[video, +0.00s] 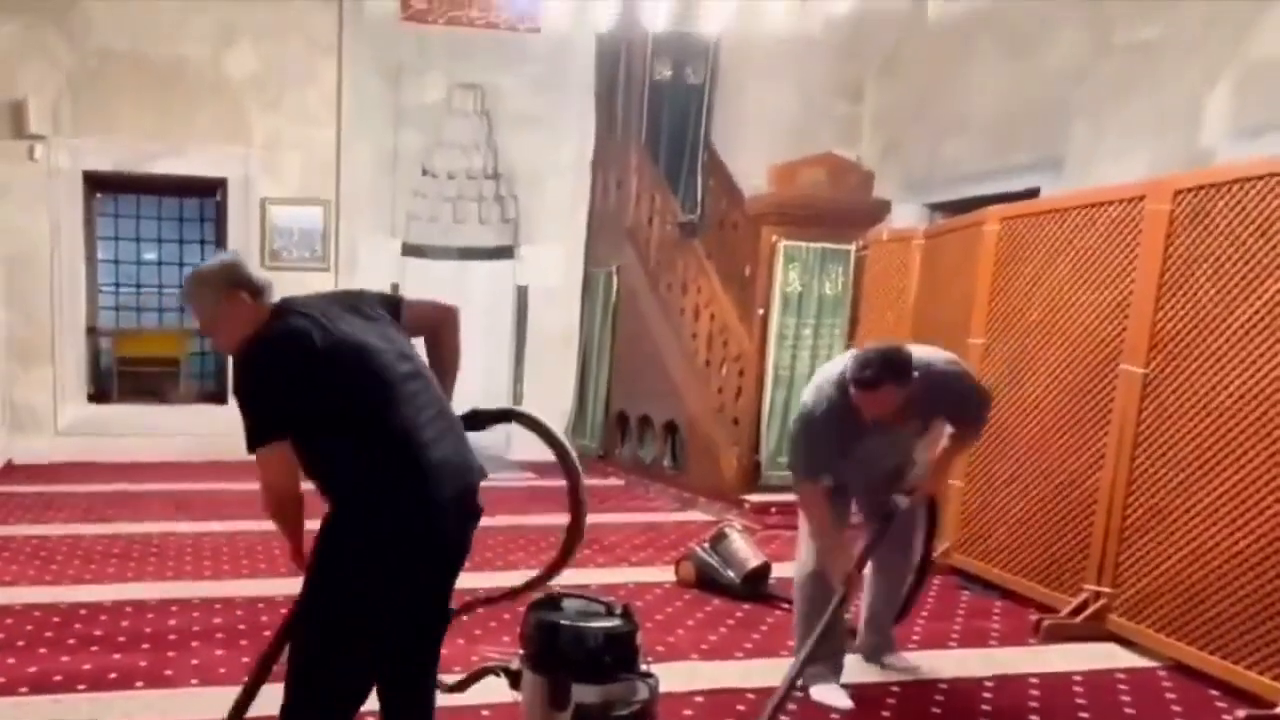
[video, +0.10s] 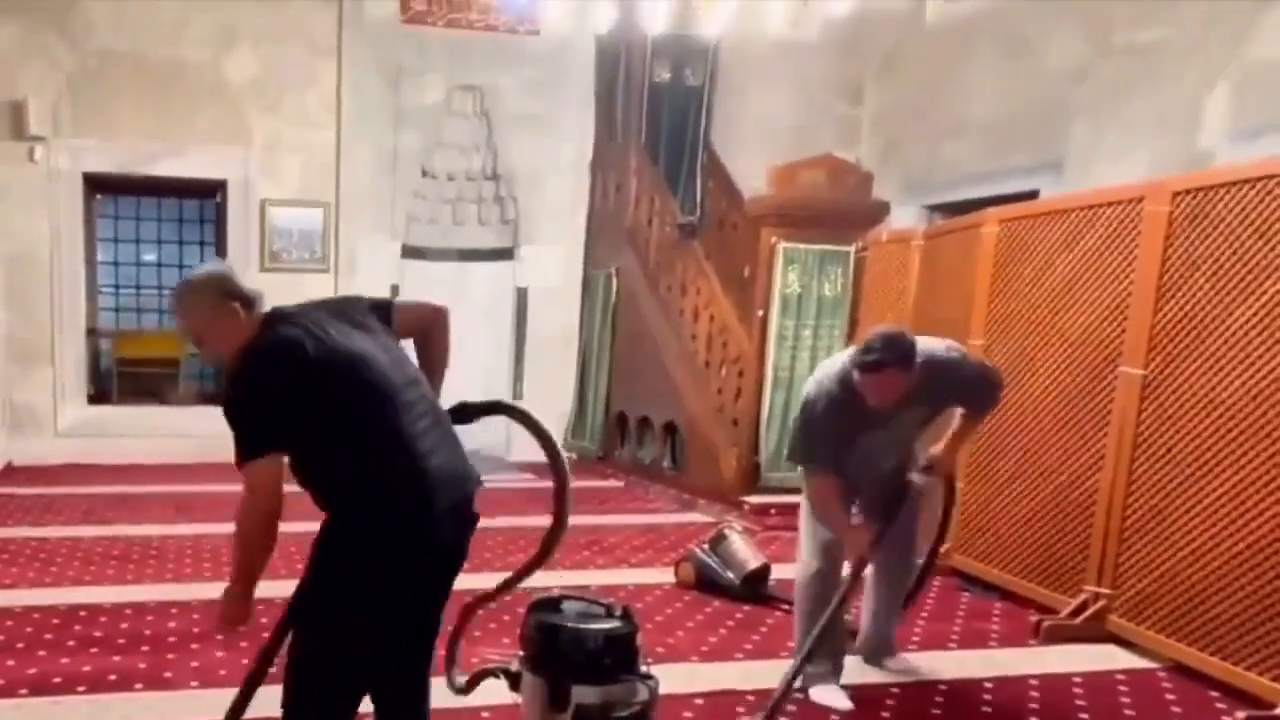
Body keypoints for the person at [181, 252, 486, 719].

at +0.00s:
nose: (208, 338)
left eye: (207, 322)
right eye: (201, 326)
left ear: (241, 301)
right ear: (251, 298)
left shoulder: (257, 359)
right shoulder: (343, 304)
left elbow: (282, 489)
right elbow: (442, 318)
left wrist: (297, 545)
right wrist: (435, 412)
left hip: (381, 509)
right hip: (455, 489)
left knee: (321, 671)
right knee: (409, 665)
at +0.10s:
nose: (200, 352)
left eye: (199, 337)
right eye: (193, 341)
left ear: (233, 312)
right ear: (243, 309)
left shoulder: (250, 376)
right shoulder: (336, 312)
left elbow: (263, 504)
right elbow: (431, 318)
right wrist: (425, 407)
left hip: (377, 519)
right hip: (450, 497)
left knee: (318, 682)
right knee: (401, 671)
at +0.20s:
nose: (185, 366)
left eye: (185, 351)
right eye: (177, 356)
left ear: (218, 324)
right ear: (226, 322)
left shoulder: (240, 393)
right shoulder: (321, 320)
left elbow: (233, 531)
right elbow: (418, 317)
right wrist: (407, 405)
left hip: (370, 532)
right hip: (441, 508)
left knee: (305, 695)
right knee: (388, 678)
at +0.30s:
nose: (155, 385)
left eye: (156, 368)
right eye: (148, 373)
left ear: (193, 341)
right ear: (200, 335)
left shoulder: (217, 410)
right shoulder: (297, 326)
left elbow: (199, 550)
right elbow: (395, 315)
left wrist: (153, 676)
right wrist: (392, 394)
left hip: (362, 543)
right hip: (429, 511)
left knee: (289, 699)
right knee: (375, 683)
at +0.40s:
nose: (115, 406)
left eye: (111, 386)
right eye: (104, 393)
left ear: (153, 357)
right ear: (168, 348)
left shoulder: (178, 431)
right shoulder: (265, 334)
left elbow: (160, 583)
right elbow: (367, 315)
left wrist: (110, 703)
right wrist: (372, 382)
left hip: (340, 558)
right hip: (416, 521)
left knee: (257, 705)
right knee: (366, 689)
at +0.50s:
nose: (78, 428)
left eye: (74, 408)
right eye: (68, 413)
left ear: (109, 377)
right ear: (128, 361)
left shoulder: (142, 456)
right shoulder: (228, 342)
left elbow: (129, 612)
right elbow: (331, 313)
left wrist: (87, 712)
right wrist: (345, 370)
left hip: (323, 566)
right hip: (403, 522)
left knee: (250, 709)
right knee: (358, 694)